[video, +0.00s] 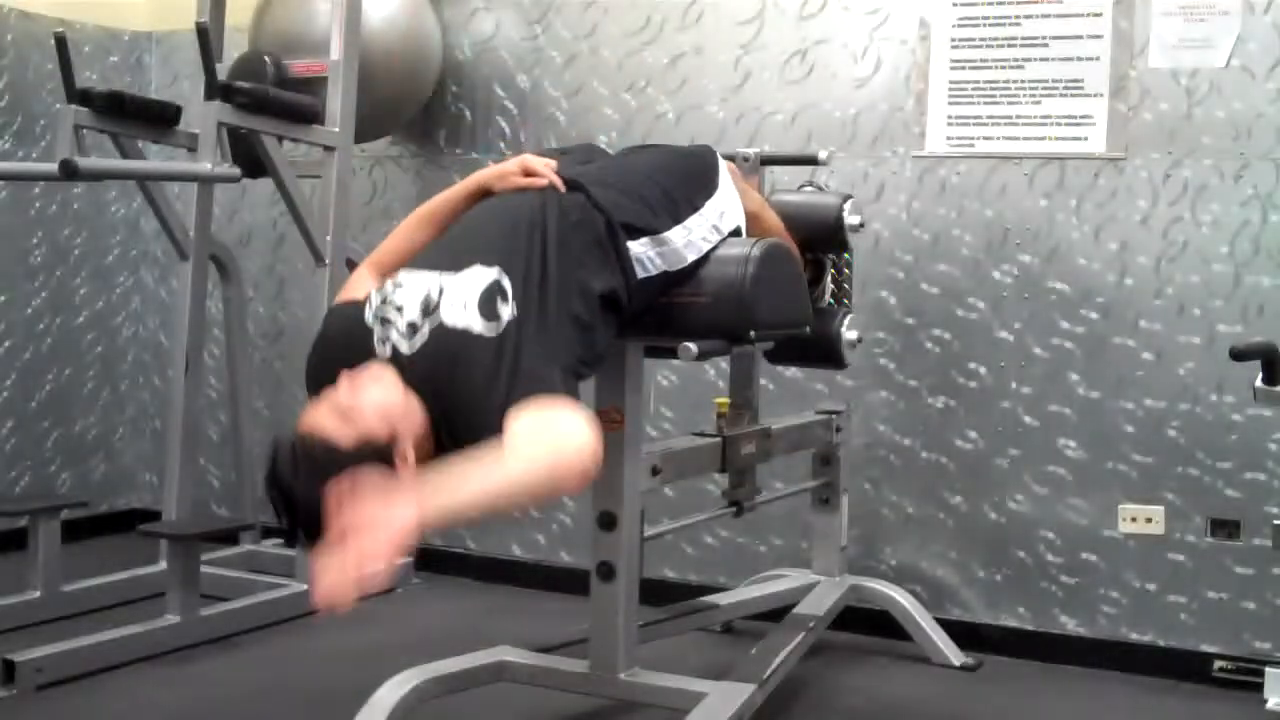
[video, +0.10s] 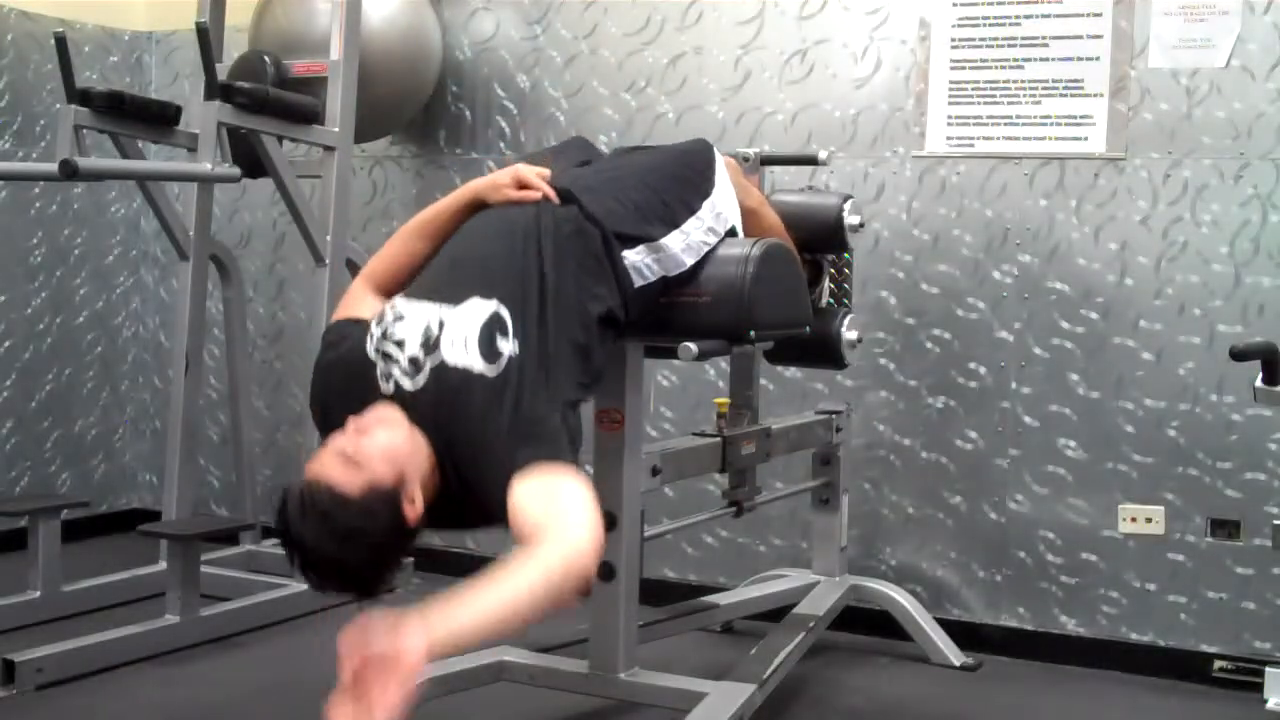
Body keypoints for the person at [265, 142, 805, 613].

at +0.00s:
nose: (356, 394)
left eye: (335, 409)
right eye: (359, 422)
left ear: (312, 401)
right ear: (402, 461)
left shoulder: (331, 354)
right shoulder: (487, 404)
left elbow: (377, 268)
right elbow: (571, 448)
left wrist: (480, 183)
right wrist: (410, 504)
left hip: (534, 198)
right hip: (606, 235)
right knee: (727, 177)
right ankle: (799, 273)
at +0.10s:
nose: (353, 433)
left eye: (334, 453)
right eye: (361, 461)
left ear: (313, 445)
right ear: (412, 505)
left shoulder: (336, 383)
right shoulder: (503, 453)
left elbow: (375, 282)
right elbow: (569, 550)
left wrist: (470, 195)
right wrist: (419, 632)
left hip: (501, 222)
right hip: (586, 241)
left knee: (579, 150)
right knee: (718, 169)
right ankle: (801, 283)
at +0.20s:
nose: (365, 456)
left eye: (347, 473)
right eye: (370, 484)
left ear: (332, 459)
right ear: (420, 536)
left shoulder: (340, 399)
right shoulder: (511, 489)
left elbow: (372, 292)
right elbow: (557, 620)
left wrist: (470, 203)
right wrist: (448, 712)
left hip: (510, 224)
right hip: (588, 253)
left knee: (570, 149)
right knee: (717, 165)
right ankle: (797, 287)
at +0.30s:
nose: (373, 470)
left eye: (353, 489)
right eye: (378, 497)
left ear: (342, 472)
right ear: (427, 542)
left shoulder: (345, 406)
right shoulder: (522, 512)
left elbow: (373, 296)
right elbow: (525, 665)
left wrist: (470, 208)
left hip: (507, 230)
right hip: (588, 261)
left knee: (568, 149)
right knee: (721, 165)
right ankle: (796, 290)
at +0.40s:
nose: (370, 473)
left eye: (351, 491)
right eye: (378, 500)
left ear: (342, 477)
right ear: (427, 543)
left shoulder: (346, 409)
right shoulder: (517, 512)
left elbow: (375, 297)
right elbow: (504, 675)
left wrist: (470, 211)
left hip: (503, 235)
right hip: (584, 262)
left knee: (570, 146)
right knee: (720, 164)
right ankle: (795, 290)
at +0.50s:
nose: (363, 461)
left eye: (344, 475)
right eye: (366, 485)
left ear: (331, 458)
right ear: (413, 535)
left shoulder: (340, 398)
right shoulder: (505, 498)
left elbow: (373, 289)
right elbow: (535, 623)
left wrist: (467, 205)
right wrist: (406, 706)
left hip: (510, 227)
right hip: (586, 265)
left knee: (582, 152)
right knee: (720, 165)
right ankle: (796, 289)